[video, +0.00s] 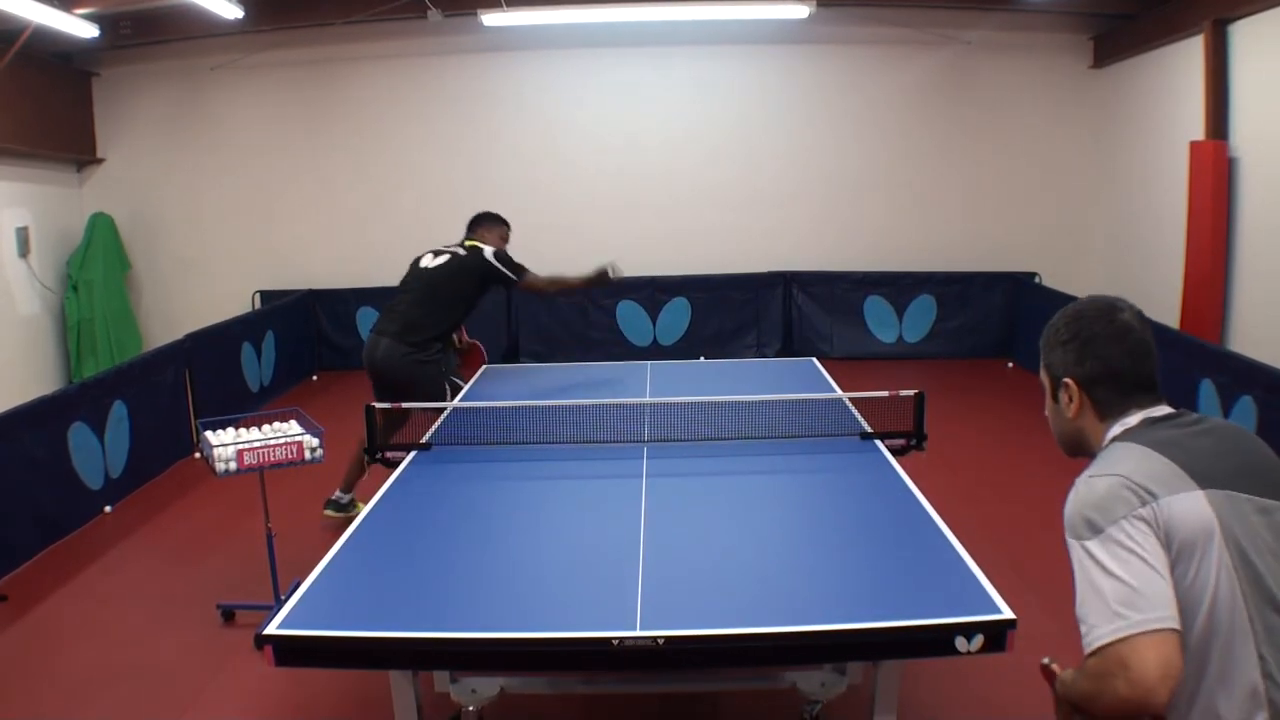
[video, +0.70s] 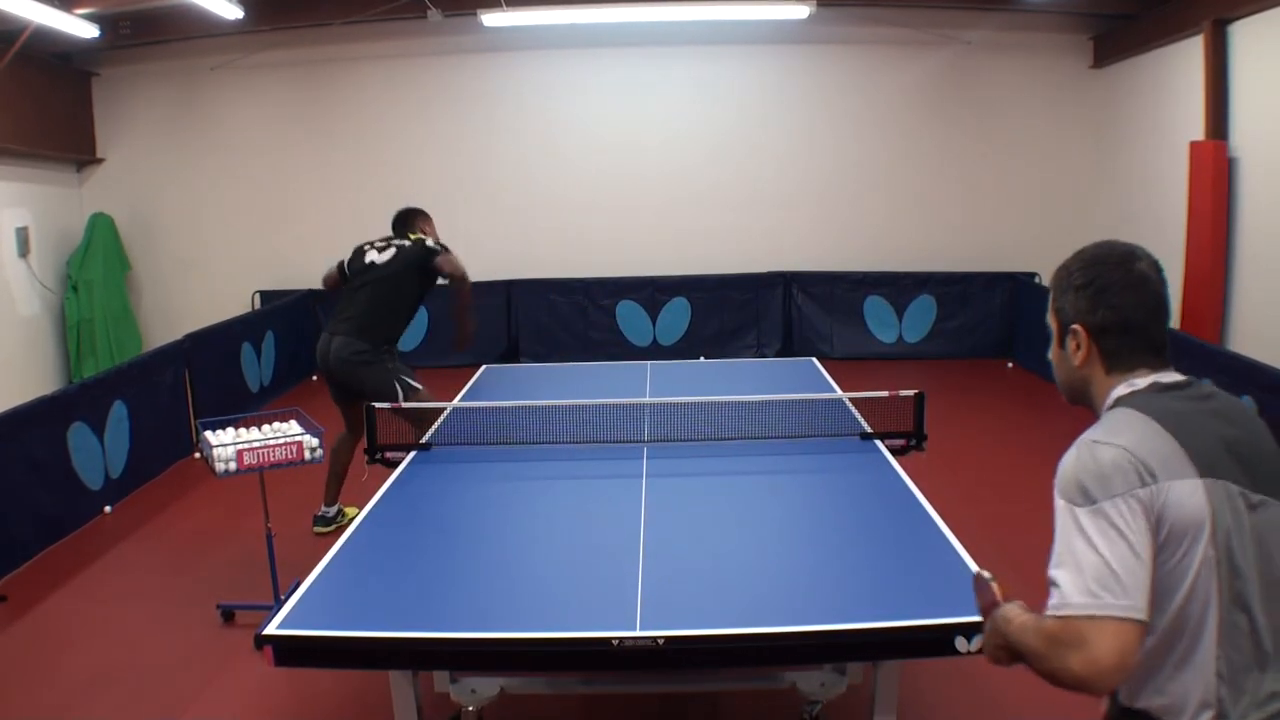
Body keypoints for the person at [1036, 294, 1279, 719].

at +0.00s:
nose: (1045, 409)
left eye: (1046, 393)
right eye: (1044, 393)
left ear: (1071, 397)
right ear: (1147, 375)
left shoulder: (1112, 486)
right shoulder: (1249, 446)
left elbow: (1141, 680)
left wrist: (1070, 687)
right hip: (1266, 704)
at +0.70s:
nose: (1051, 353)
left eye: (1051, 335)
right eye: (1050, 335)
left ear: (1078, 344)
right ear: (1157, 329)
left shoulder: (1109, 455)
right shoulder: (1243, 418)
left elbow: (1098, 660)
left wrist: (1014, 627)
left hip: (1172, 708)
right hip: (1265, 702)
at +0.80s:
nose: (1037, 356)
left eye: (1038, 338)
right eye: (1036, 338)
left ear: (1064, 346)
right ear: (1141, 330)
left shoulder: (1087, 459)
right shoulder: (1235, 432)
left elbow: (1052, 665)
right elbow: (1263, 598)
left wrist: (975, 623)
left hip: (1142, 708)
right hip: (1261, 701)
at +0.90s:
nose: (1028, 336)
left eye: (1028, 318)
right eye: (1027, 319)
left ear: (1052, 321)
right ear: (1131, 308)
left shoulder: (1069, 434)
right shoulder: (1232, 412)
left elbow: (1013, 631)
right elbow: (1268, 571)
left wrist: (941, 597)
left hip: (1131, 705)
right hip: (1252, 697)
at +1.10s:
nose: (1022, 336)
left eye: (1023, 318)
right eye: (1022, 318)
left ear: (1050, 322)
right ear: (1119, 305)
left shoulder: (1066, 430)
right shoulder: (1213, 401)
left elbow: (957, 594)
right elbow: (1259, 540)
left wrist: (906, 572)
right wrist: (1155, 560)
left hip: (1113, 705)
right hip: (1231, 698)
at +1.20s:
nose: (993, 339)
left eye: (992, 321)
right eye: (991, 321)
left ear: (1018, 322)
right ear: (1086, 306)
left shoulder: (1038, 419)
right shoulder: (1182, 397)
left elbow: (904, 565)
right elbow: (1232, 522)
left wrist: (879, 569)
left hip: (1092, 697)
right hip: (1205, 694)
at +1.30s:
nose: (942, 345)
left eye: (941, 330)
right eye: (939, 330)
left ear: (962, 327)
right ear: (1037, 312)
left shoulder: (978, 414)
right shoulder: (1136, 395)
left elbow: (826, 535)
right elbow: (1202, 507)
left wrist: (849, 575)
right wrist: (1116, 551)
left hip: (1047, 693)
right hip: (1163, 685)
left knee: (960, 702)